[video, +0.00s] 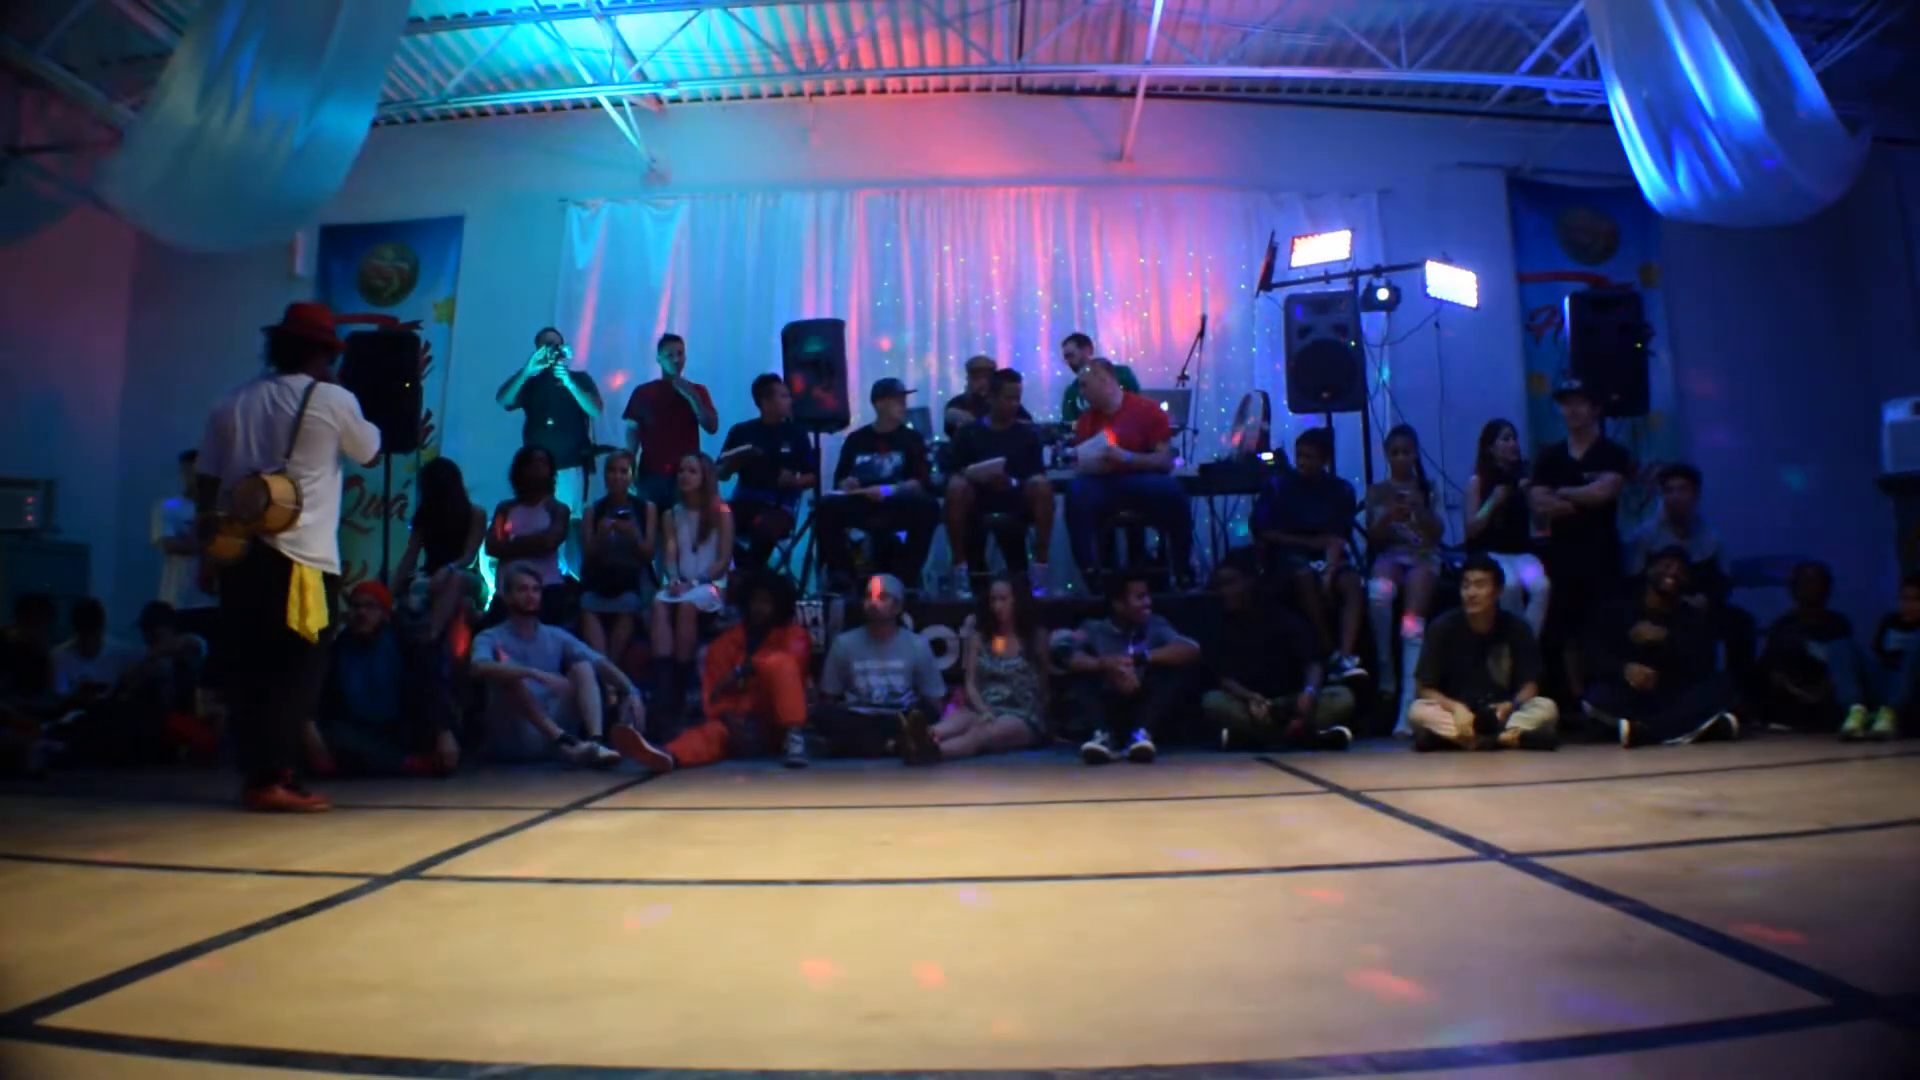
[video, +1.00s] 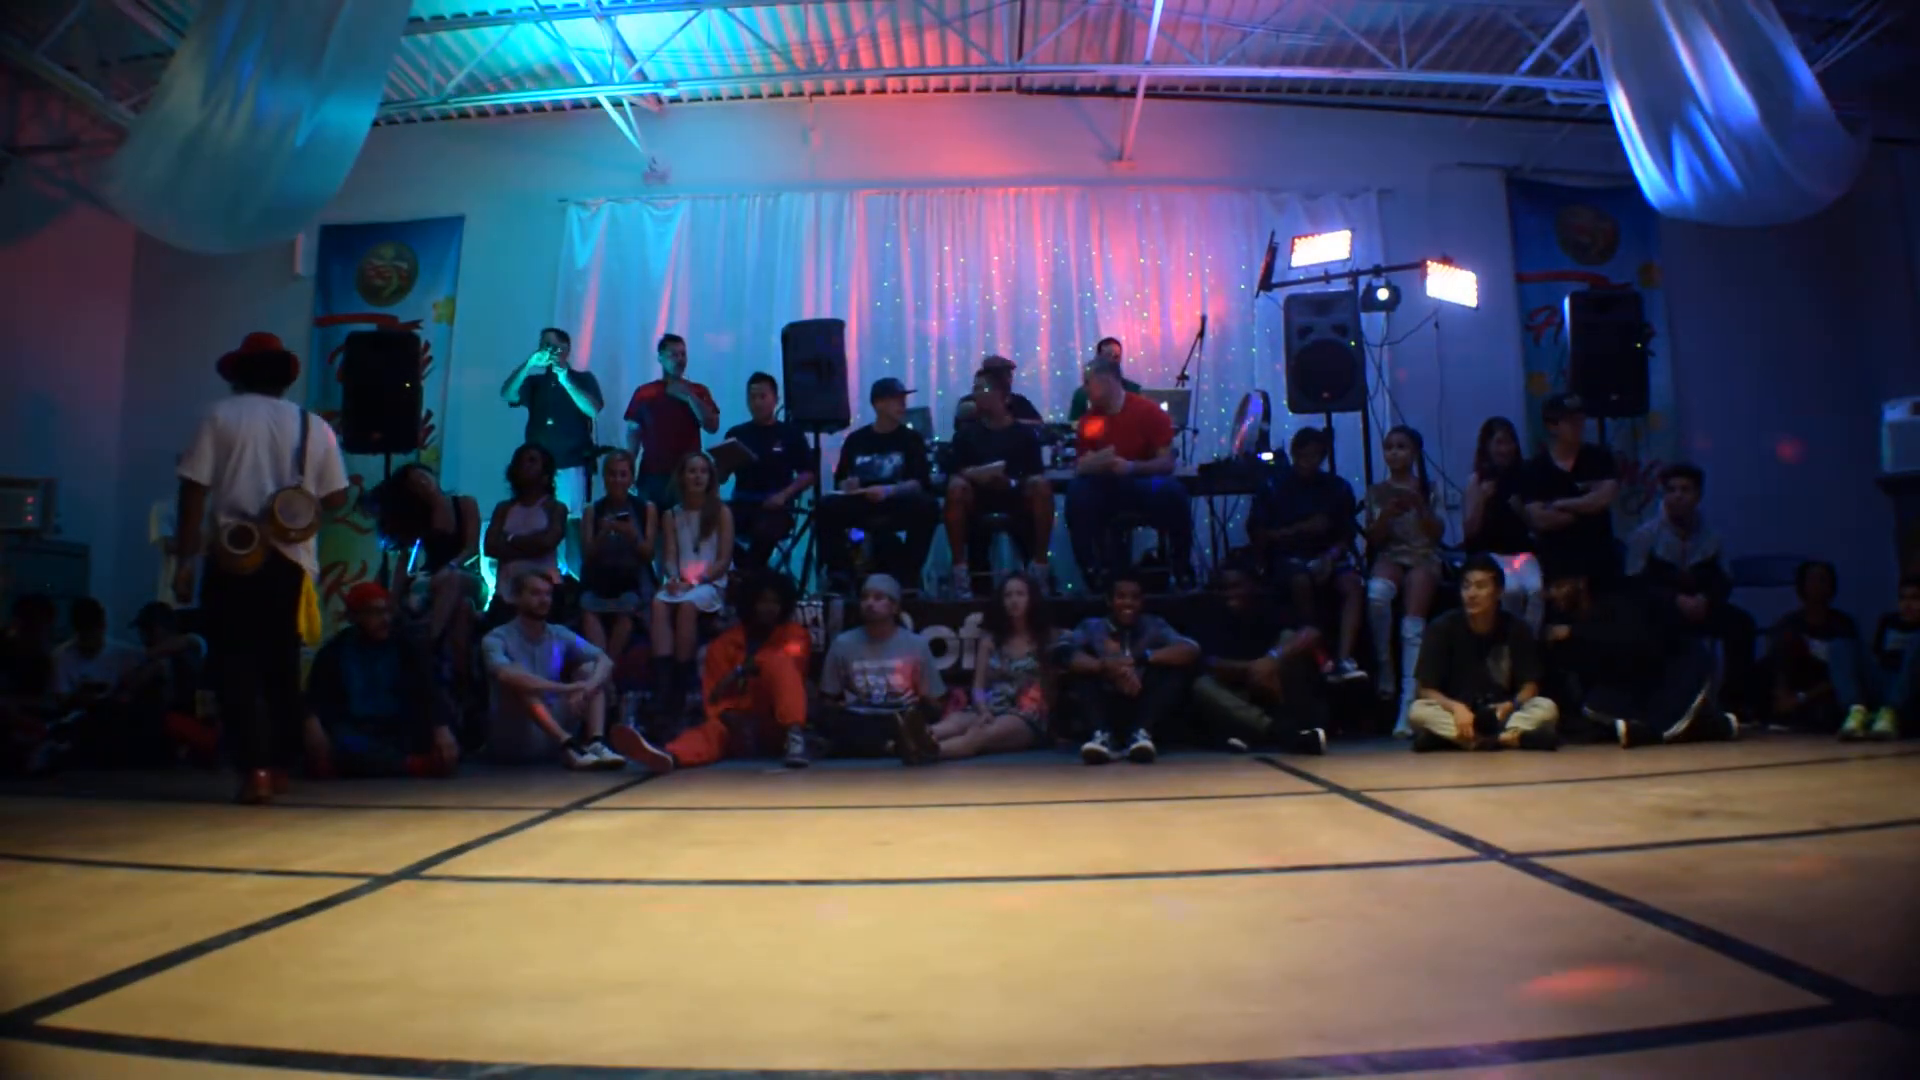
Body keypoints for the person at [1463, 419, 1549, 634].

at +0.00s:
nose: (1512, 444)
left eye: (1514, 438)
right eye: (1505, 439)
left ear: (1518, 442)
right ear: (1490, 446)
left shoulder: (1524, 475)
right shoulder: (1478, 482)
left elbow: (1540, 519)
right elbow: (1471, 528)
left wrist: (1532, 495)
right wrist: (1494, 501)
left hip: (1522, 548)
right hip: (1491, 549)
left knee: (1540, 584)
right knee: (1510, 585)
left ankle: (1530, 642)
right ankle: (1510, 639)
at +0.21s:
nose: (1513, 442)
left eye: (1514, 437)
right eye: (1506, 438)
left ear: (1518, 441)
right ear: (1490, 445)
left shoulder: (1525, 473)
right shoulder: (1478, 482)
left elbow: (1541, 516)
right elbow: (1472, 527)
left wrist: (1530, 495)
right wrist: (1496, 501)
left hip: (1522, 547)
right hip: (1492, 549)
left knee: (1539, 584)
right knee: (1511, 585)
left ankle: (1529, 643)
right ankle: (1510, 639)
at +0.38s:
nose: (1512, 441)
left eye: (1513, 436)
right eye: (1505, 436)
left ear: (1518, 440)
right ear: (1490, 444)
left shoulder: (1525, 474)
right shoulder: (1478, 481)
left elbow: (1540, 519)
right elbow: (1471, 526)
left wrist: (1527, 503)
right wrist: (1490, 500)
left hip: (1522, 548)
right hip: (1493, 549)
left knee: (1539, 585)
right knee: (1512, 584)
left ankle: (1529, 645)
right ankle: (1509, 640)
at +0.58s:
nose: (1512, 441)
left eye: (1513, 435)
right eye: (1504, 436)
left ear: (1518, 439)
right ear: (1489, 443)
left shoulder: (1525, 473)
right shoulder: (1479, 479)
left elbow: (1538, 516)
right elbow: (1471, 526)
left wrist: (1524, 511)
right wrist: (1485, 497)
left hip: (1523, 548)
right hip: (1493, 548)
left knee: (1537, 586)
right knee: (1510, 588)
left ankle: (1531, 645)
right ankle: (1508, 643)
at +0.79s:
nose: (1512, 441)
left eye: (1513, 436)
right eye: (1504, 436)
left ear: (1518, 440)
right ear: (1489, 443)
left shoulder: (1525, 472)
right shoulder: (1479, 479)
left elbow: (1538, 514)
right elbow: (1470, 526)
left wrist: (1526, 512)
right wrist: (1483, 497)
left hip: (1522, 547)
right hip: (1492, 548)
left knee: (1537, 587)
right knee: (1511, 588)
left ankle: (1531, 645)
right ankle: (1509, 644)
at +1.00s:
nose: (1505, 448)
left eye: (1509, 442)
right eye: (1498, 442)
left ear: (1516, 445)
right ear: (1486, 447)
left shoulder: (1527, 476)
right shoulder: (1478, 481)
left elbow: (1538, 518)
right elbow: (1471, 530)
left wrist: (1522, 508)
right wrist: (1480, 499)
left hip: (1523, 549)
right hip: (1491, 550)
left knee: (1535, 587)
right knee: (1511, 590)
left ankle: (1531, 645)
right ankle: (1506, 644)